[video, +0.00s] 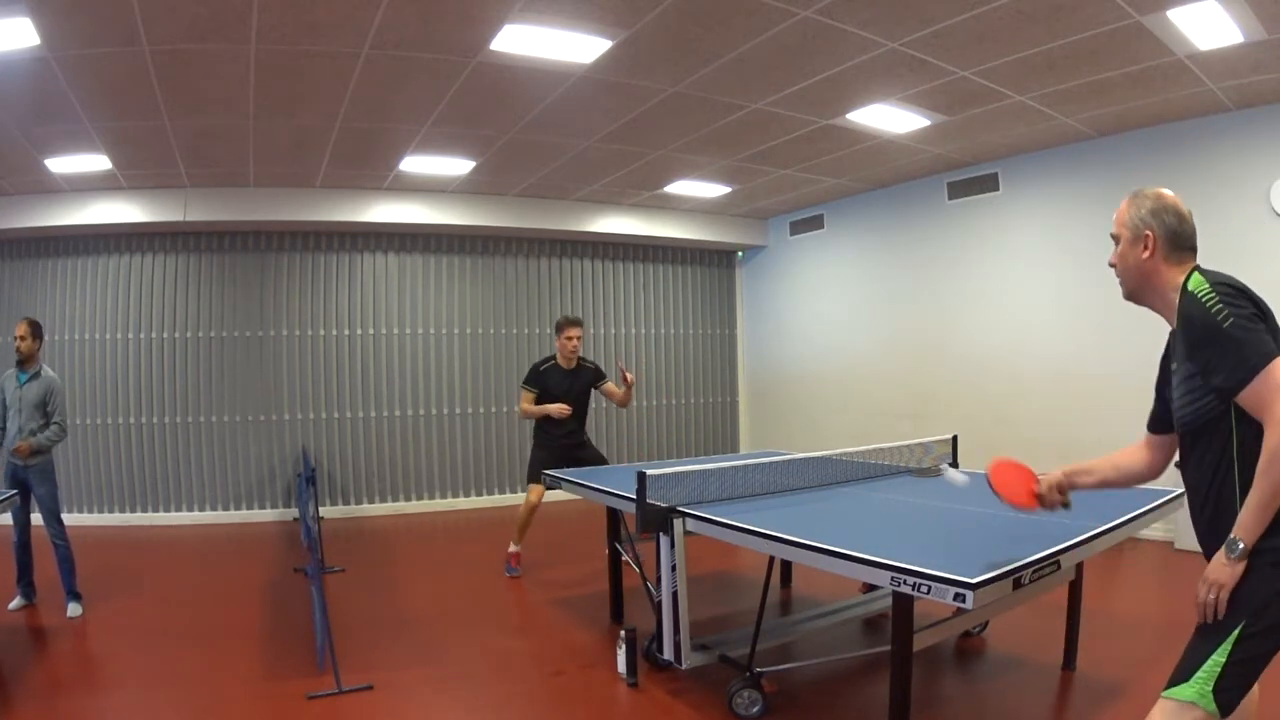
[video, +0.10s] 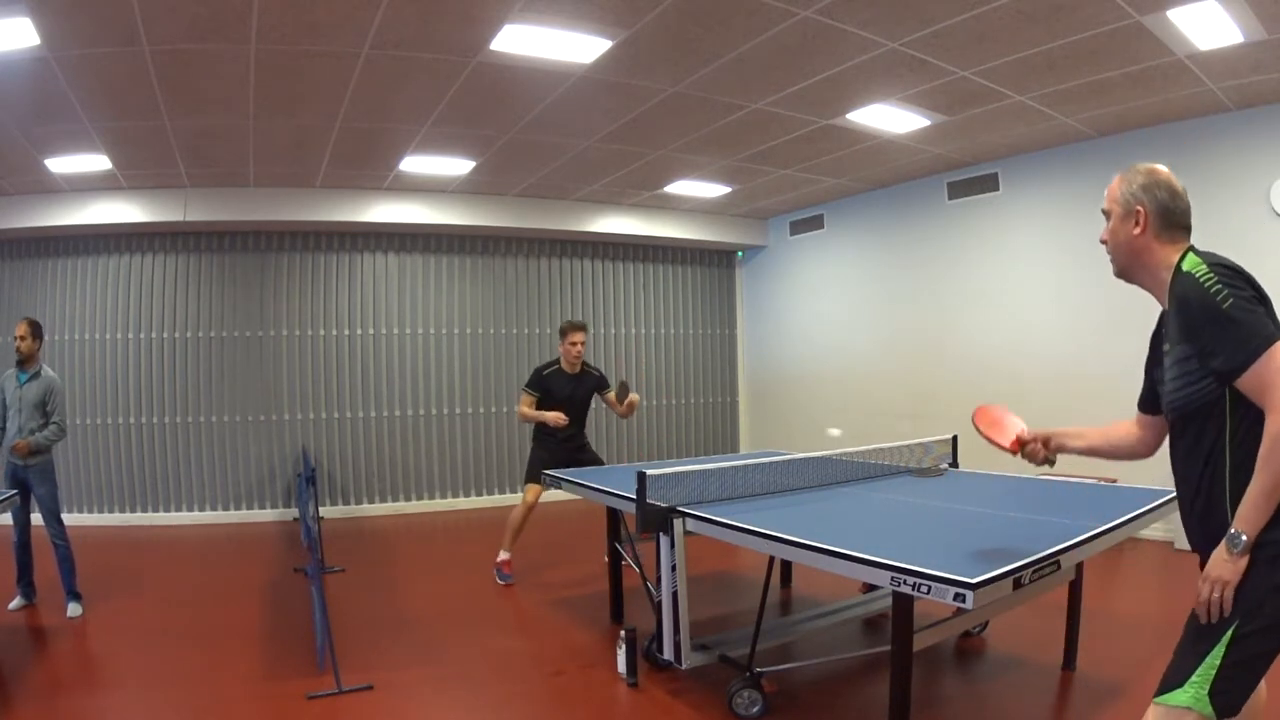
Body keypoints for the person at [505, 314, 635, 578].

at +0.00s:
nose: (575, 344)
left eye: (578, 339)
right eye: (569, 339)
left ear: (582, 341)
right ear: (557, 341)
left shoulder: (589, 370)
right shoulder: (540, 371)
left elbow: (621, 401)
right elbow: (524, 409)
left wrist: (627, 388)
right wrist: (548, 408)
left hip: (579, 444)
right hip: (546, 447)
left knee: (613, 485)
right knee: (534, 498)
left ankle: (616, 544)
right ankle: (514, 550)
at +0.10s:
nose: (578, 349)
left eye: (582, 344)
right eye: (573, 344)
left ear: (586, 346)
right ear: (561, 345)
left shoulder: (594, 376)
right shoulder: (543, 374)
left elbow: (621, 411)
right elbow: (523, 411)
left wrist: (631, 403)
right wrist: (545, 416)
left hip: (579, 448)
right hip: (546, 449)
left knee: (614, 490)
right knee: (530, 500)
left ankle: (616, 548)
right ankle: (504, 557)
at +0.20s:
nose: (586, 368)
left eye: (589, 363)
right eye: (580, 362)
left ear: (592, 364)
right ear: (567, 362)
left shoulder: (596, 394)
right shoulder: (546, 389)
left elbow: (613, 425)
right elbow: (518, 421)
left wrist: (628, 431)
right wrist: (534, 435)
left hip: (574, 455)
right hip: (543, 455)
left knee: (614, 490)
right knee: (527, 505)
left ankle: (615, 550)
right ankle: (500, 561)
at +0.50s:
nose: (611, 361)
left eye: (612, 355)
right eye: (606, 356)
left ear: (611, 356)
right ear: (588, 355)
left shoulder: (599, 389)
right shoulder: (563, 379)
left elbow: (618, 423)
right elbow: (534, 413)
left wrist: (650, 411)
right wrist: (561, 435)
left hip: (579, 450)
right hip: (551, 450)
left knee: (618, 488)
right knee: (543, 508)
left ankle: (615, 549)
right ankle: (506, 560)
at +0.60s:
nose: (599, 342)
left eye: (601, 337)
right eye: (593, 337)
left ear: (601, 340)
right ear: (577, 339)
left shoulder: (600, 372)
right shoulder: (556, 366)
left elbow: (632, 394)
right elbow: (534, 402)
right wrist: (560, 414)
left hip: (581, 444)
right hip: (550, 444)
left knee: (615, 489)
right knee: (535, 498)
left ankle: (616, 549)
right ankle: (507, 558)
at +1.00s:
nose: (576, 343)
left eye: (579, 338)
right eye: (570, 339)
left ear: (583, 341)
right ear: (558, 341)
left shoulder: (592, 372)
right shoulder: (541, 370)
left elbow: (617, 408)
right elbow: (522, 404)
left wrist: (626, 402)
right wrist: (536, 421)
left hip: (579, 445)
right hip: (547, 445)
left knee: (612, 491)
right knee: (530, 500)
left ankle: (618, 546)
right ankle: (508, 556)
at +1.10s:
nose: (581, 352)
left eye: (585, 347)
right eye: (576, 347)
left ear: (589, 347)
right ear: (564, 347)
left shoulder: (597, 379)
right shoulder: (547, 373)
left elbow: (614, 412)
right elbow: (522, 406)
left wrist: (625, 415)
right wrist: (535, 429)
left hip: (577, 447)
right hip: (546, 446)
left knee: (612, 489)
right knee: (529, 500)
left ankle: (616, 547)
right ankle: (504, 557)